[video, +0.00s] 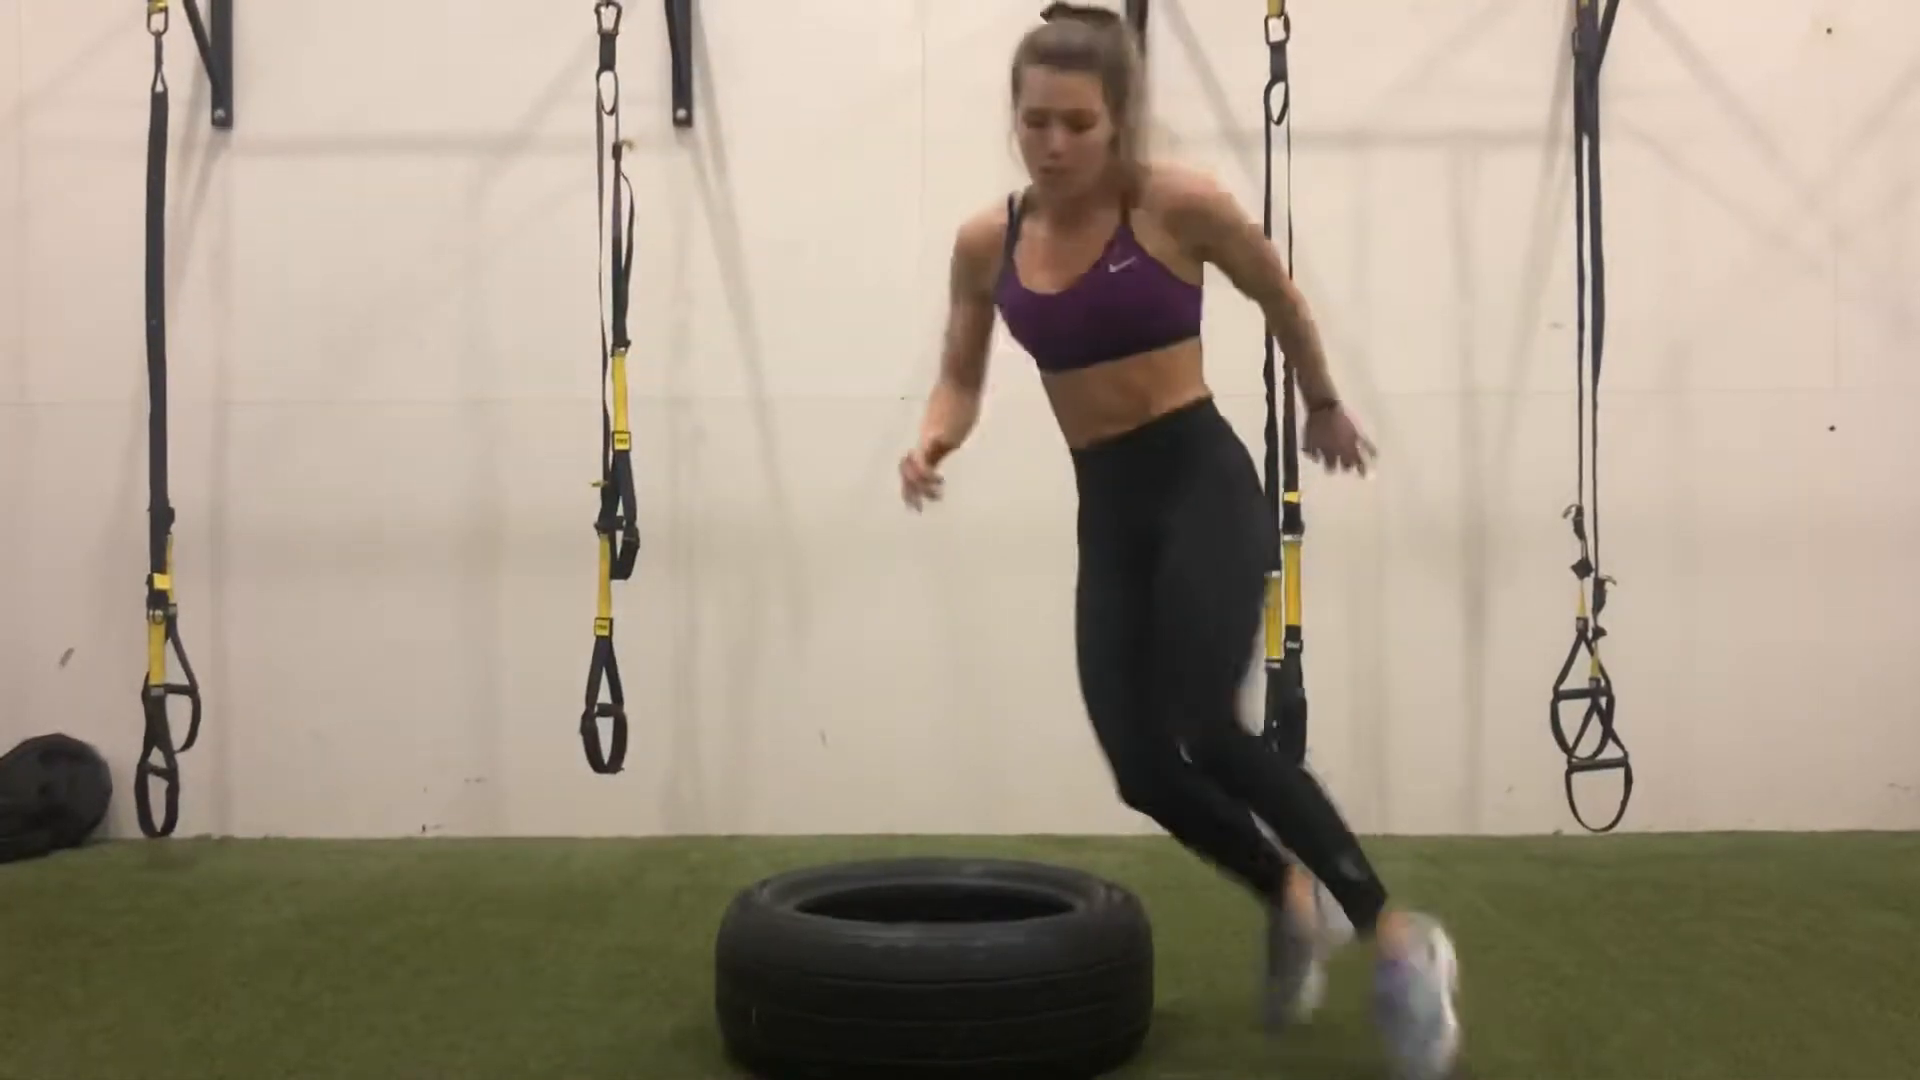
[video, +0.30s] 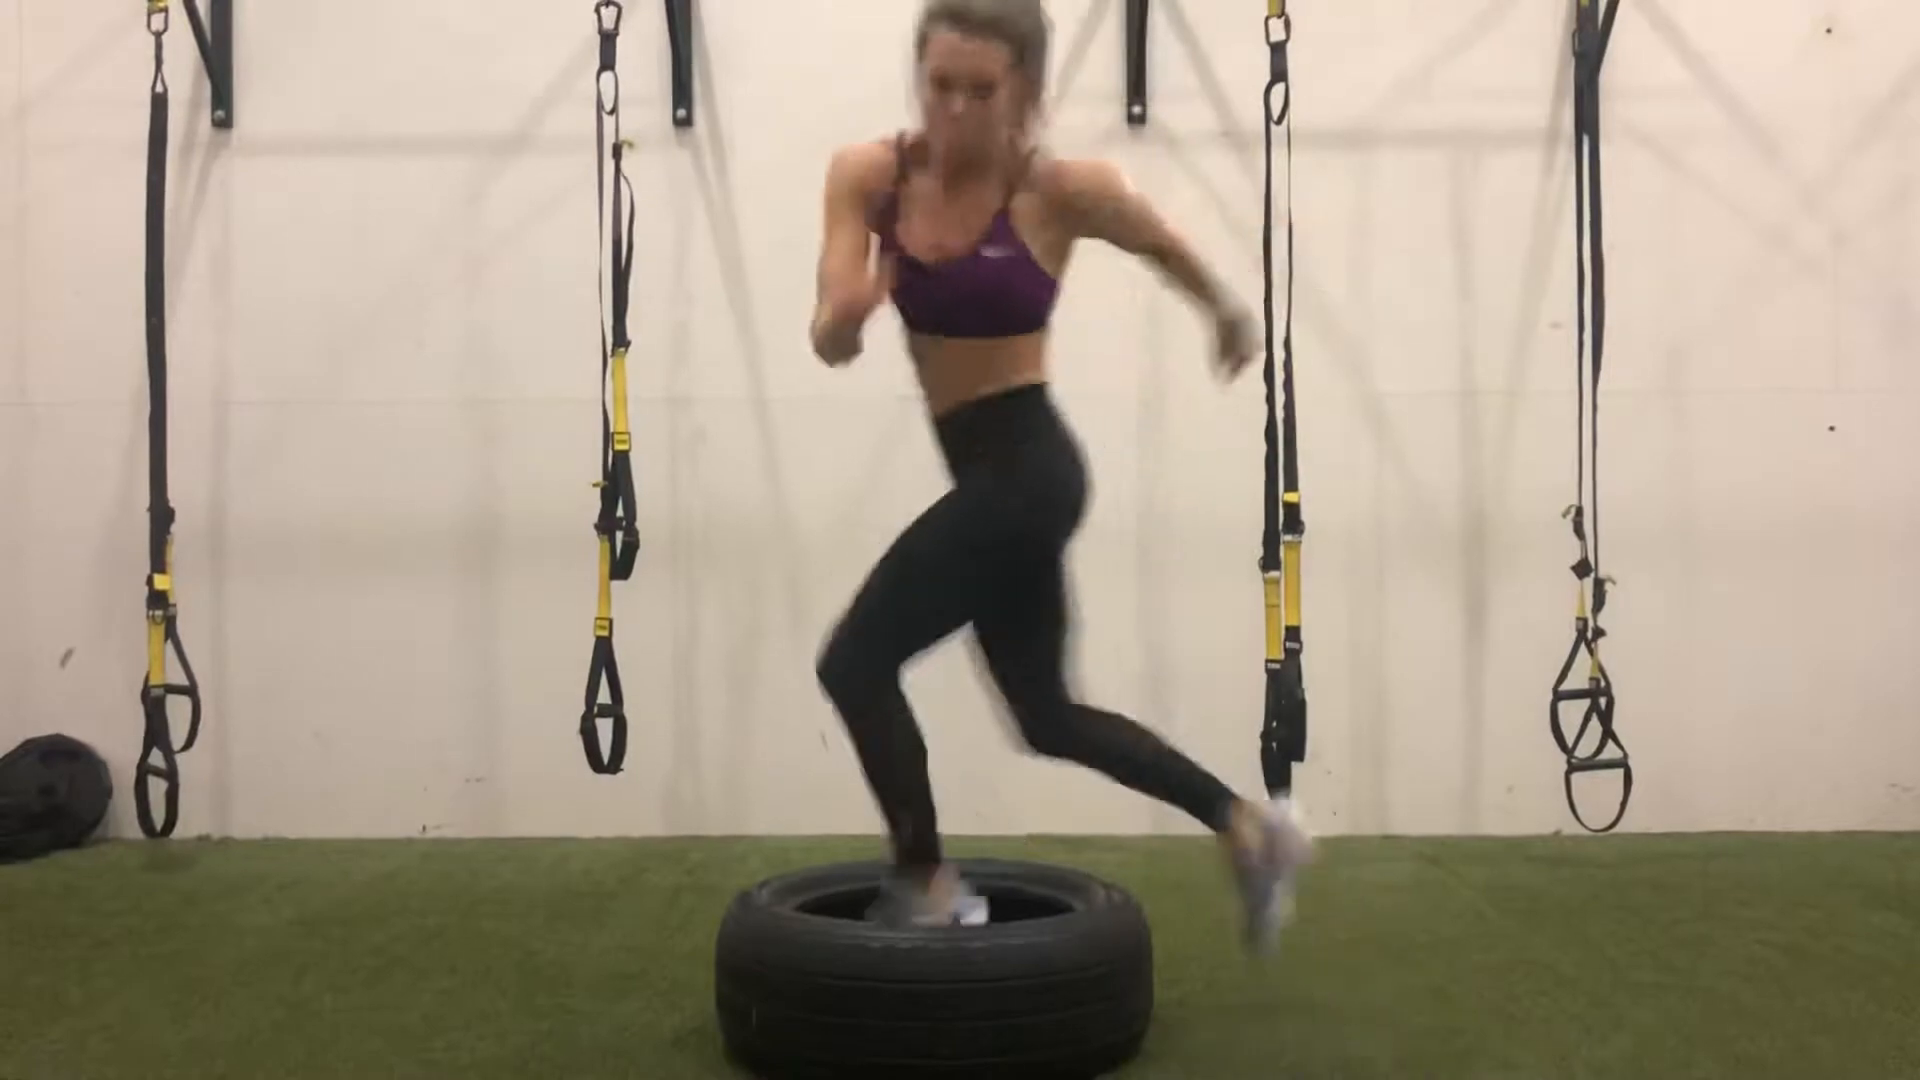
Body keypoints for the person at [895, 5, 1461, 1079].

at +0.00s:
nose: (1051, 144)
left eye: (1074, 122)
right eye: (1033, 121)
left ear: (1119, 119)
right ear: (1011, 118)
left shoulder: (1178, 206)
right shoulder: (989, 242)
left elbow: (1281, 298)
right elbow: (961, 373)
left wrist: (1325, 404)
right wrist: (931, 442)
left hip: (1204, 484)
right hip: (1108, 508)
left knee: (1207, 730)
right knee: (1142, 772)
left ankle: (1396, 933)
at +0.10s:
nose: (1036, 199)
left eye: (1058, 180)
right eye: (1019, 177)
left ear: (1098, 179)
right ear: (995, 171)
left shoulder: (1151, 250)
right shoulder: (975, 281)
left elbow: (1277, 289)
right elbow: (889, 427)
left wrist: (1367, 325)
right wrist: (931, 344)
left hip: (1191, 507)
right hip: (1117, 532)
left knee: (1020, 628)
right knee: (1195, 770)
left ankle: (1218, 765)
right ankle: (1360, 960)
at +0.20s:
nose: (984, 157)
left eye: (1010, 138)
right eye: (973, 132)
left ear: (1055, 145)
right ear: (955, 130)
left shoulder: (1089, 225)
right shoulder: (930, 216)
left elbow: (1211, 229)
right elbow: (846, 310)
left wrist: (1309, 247)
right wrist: (896, 224)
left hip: (1109, 480)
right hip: (1046, 493)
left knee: (890, 556)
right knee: (1175, 738)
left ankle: (995, 774)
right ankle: (1336, 932)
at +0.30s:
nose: (953, 108)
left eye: (977, 90)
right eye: (939, 85)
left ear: (1023, 95)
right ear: (917, 80)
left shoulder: (1061, 190)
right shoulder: (869, 175)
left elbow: (1168, 254)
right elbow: (828, 342)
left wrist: (1232, 320)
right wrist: (858, 305)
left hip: (1033, 472)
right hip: (983, 474)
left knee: (855, 663)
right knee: (1045, 719)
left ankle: (929, 889)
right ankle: (1249, 827)